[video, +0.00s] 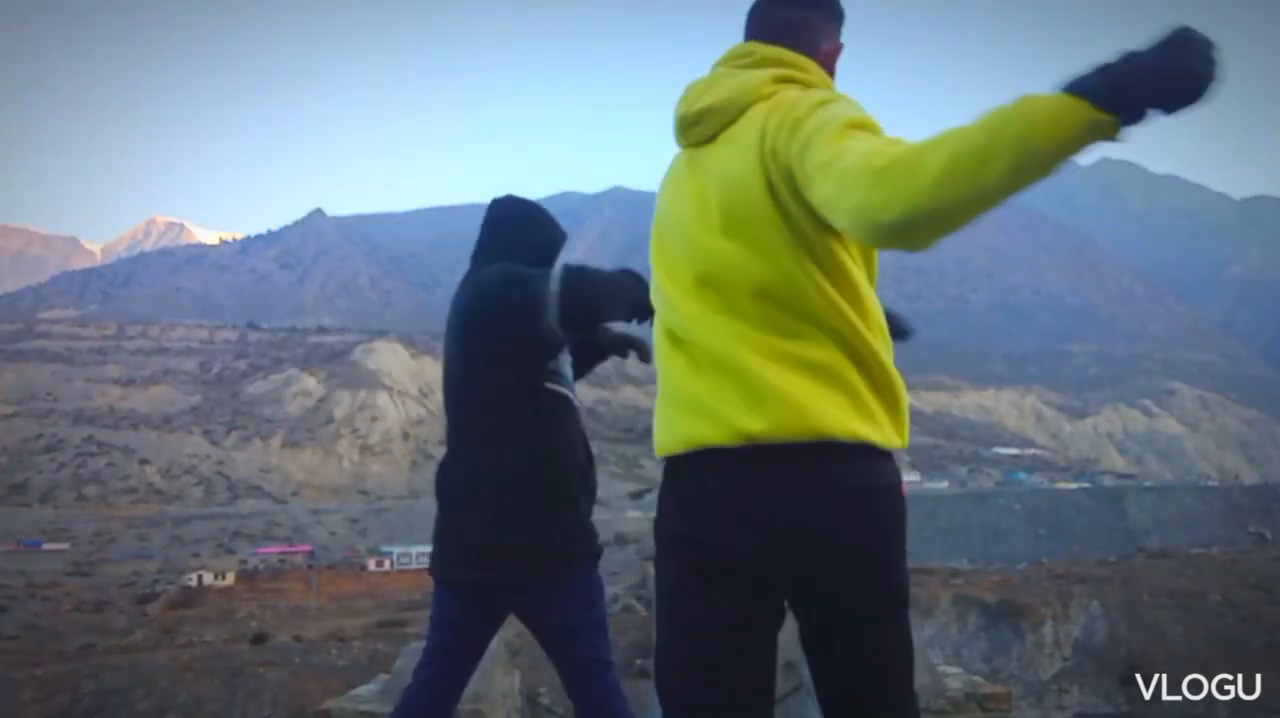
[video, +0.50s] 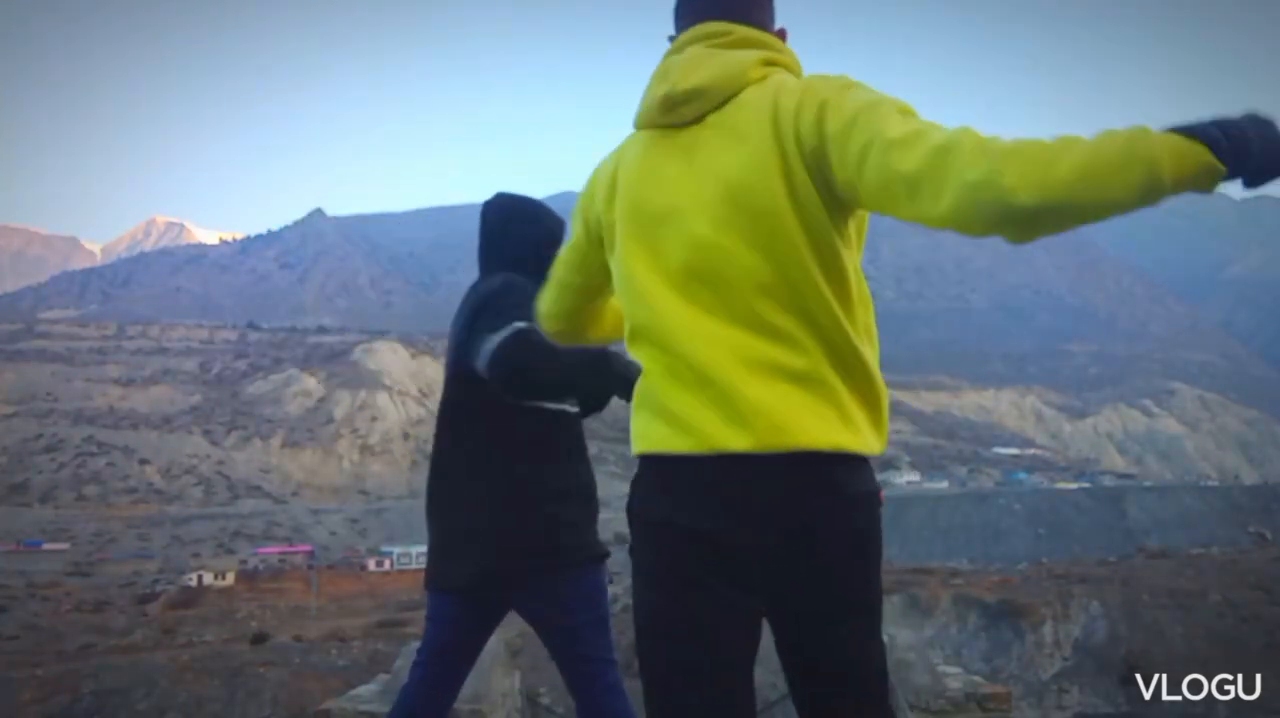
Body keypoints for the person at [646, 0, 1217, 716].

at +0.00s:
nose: (837, 60)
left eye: (835, 48)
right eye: (837, 48)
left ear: (751, 44)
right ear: (821, 47)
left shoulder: (687, 160)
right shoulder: (805, 115)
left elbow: (705, 306)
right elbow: (881, 198)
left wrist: (851, 319)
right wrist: (1100, 100)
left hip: (705, 478)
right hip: (834, 469)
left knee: (705, 697)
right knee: (869, 698)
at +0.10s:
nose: (823, 60)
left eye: (823, 45)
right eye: (824, 45)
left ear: (737, 41)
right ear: (811, 45)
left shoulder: (692, 149)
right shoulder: (770, 104)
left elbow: (796, 323)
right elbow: (740, 208)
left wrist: (926, 297)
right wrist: (887, 95)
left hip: (697, 467)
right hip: (814, 461)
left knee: (696, 699)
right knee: (857, 700)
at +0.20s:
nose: (817, 32)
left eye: (817, 24)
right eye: (810, 17)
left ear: (722, 26)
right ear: (780, 20)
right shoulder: (752, 104)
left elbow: (807, 319)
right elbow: (689, 214)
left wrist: (920, 275)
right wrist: (769, 90)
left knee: (695, 699)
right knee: (847, 698)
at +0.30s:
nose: (795, 45)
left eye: (791, 33)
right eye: (794, 33)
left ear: (702, 37)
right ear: (787, 40)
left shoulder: (665, 150)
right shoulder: (761, 93)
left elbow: (738, 306)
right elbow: (731, 202)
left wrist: (870, 292)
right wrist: (870, 74)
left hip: (678, 475)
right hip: (802, 465)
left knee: (693, 703)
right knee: (847, 701)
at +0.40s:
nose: (789, 40)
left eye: (783, 31)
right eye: (786, 32)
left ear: (690, 35)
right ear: (773, 32)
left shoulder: (647, 150)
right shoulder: (765, 96)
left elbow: (683, 299)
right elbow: (844, 185)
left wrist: (833, 322)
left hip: (674, 482)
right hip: (805, 473)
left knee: (691, 701)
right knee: (847, 699)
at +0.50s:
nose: (785, 40)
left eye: (775, 35)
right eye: (782, 33)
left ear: (681, 40)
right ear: (769, 34)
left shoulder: (623, 166)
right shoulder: (809, 109)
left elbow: (564, 314)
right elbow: (990, 186)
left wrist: (646, 302)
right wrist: (1209, 149)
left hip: (679, 489)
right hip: (817, 480)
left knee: (692, 699)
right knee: (846, 697)